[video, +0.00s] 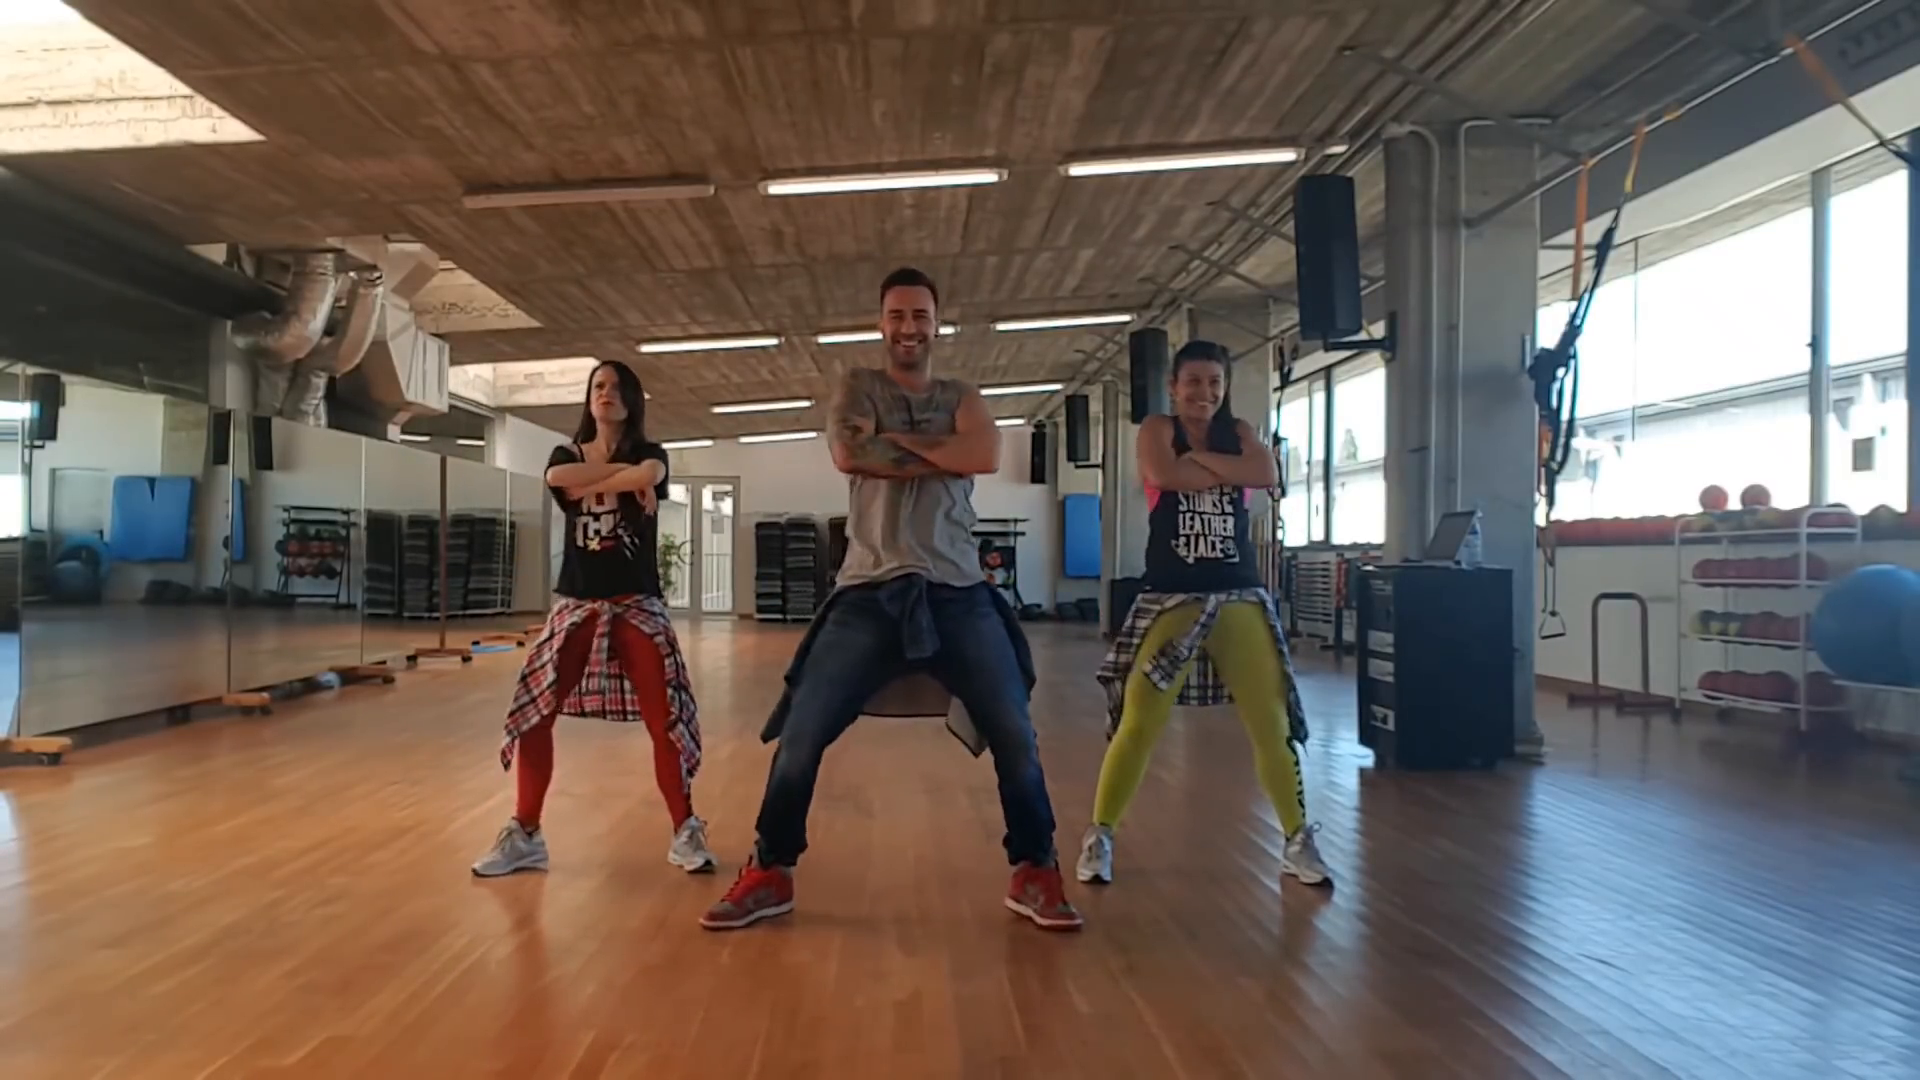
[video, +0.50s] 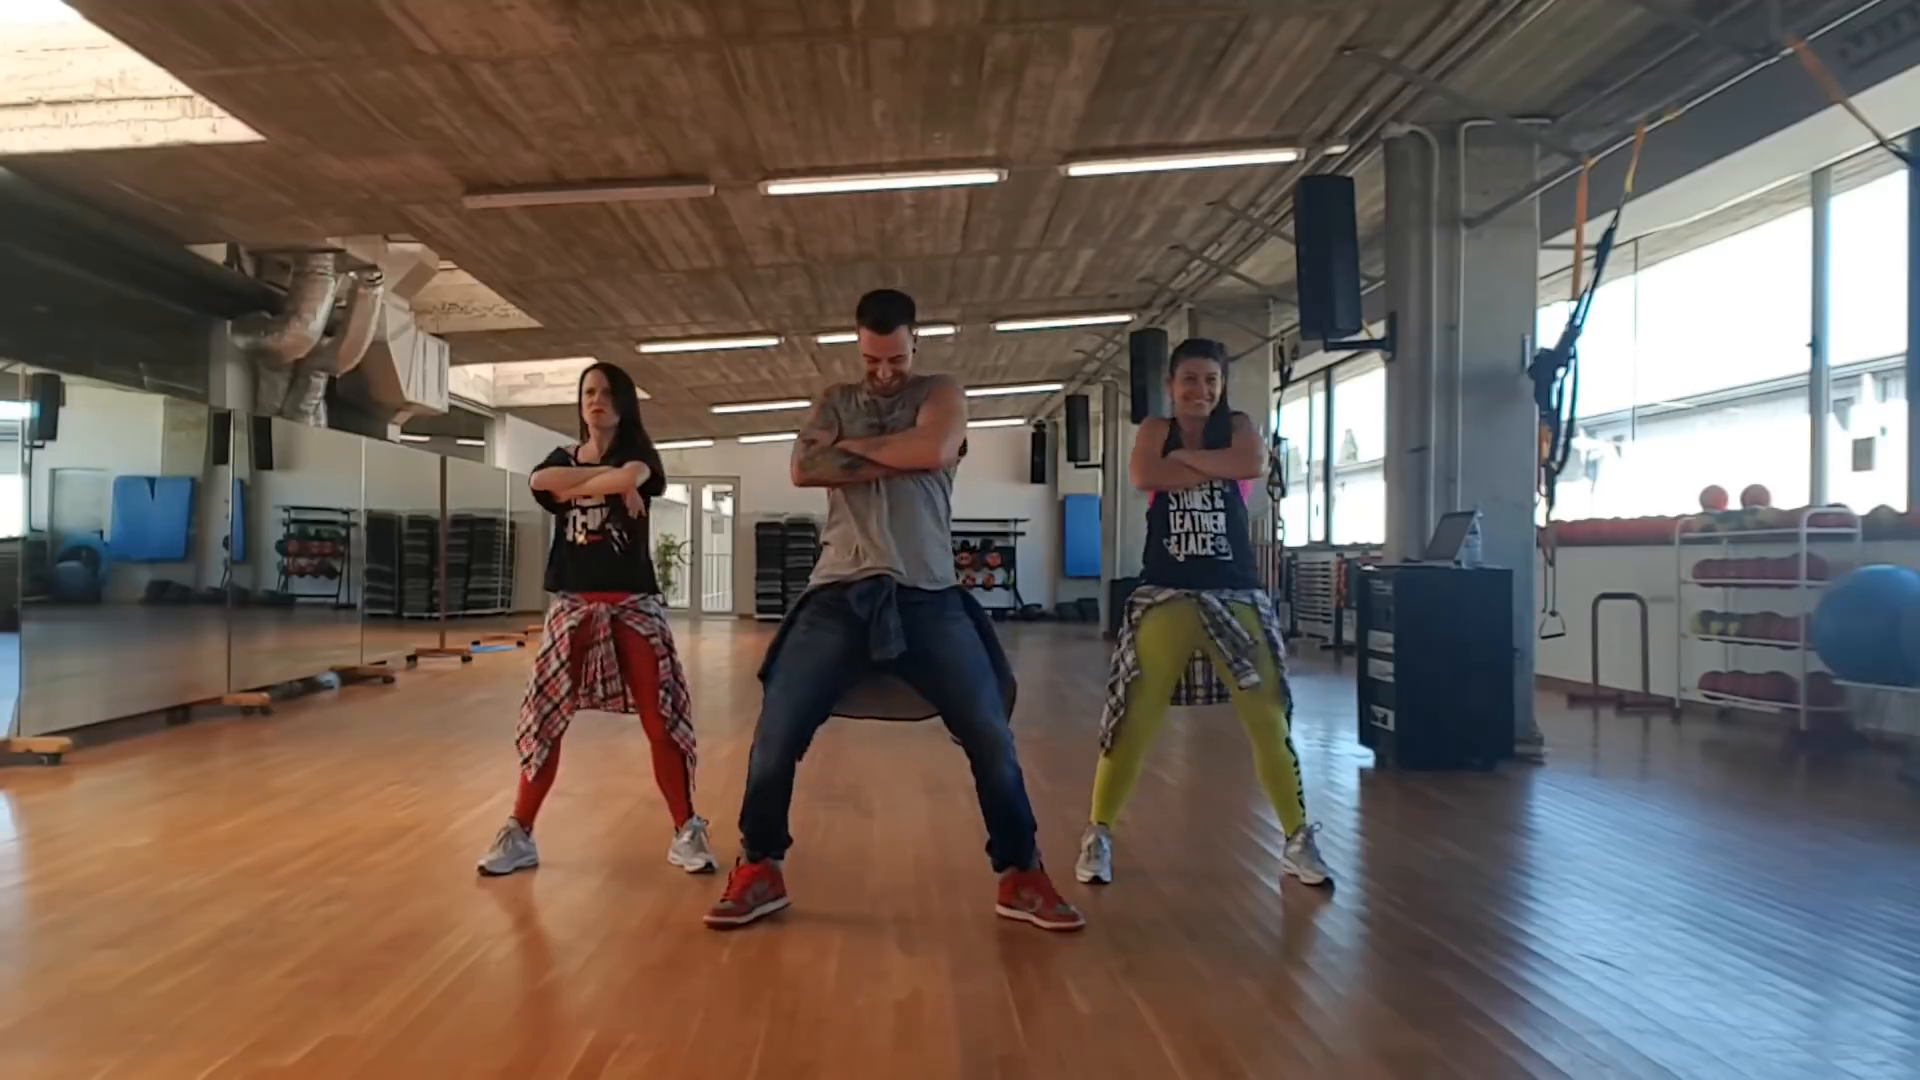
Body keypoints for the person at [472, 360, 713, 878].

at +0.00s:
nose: (606, 394)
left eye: (616, 388)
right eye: (599, 387)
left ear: (633, 400)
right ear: (588, 399)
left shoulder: (652, 455)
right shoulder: (568, 453)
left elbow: (643, 479)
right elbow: (557, 480)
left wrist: (587, 485)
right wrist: (628, 475)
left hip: (637, 602)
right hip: (575, 602)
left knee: (664, 719)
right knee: (533, 712)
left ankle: (686, 831)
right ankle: (526, 835)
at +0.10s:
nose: (619, 396)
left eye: (628, 389)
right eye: (612, 389)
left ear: (646, 400)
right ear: (601, 400)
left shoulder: (660, 462)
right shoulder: (580, 452)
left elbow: (655, 490)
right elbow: (569, 485)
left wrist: (591, 489)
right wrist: (639, 481)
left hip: (642, 604)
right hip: (580, 602)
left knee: (664, 721)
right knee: (543, 712)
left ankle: (687, 830)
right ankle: (521, 833)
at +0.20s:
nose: (628, 402)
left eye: (638, 394)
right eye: (621, 394)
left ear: (654, 405)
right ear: (609, 403)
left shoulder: (662, 464)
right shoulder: (582, 456)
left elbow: (665, 505)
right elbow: (575, 495)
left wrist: (602, 498)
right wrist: (645, 498)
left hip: (642, 608)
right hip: (581, 606)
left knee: (665, 723)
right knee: (553, 719)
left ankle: (687, 831)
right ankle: (520, 833)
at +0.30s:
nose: (622, 402)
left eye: (631, 394)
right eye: (615, 394)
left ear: (649, 404)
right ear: (604, 403)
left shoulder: (660, 463)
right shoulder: (581, 454)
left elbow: (655, 499)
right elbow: (566, 488)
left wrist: (591, 498)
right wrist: (637, 489)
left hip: (639, 604)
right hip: (578, 602)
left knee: (661, 720)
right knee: (550, 715)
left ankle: (686, 830)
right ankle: (520, 833)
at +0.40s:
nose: (610, 400)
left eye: (618, 393)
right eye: (603, 393)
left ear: (637, 403)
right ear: (592, 404)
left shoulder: (654, 457)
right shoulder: (572, 452)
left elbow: (638, 487)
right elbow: (553, 482)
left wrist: (579, 489)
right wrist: (628, 483)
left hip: (637, 603)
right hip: (575, 601)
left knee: (660, 719)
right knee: (545, 714)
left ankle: (686, 830)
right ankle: (519, 833)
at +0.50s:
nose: (597, 401)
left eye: (606, 394)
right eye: (590, 394)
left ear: (625, 403)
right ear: (580, 402)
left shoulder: (641, 457)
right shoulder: (563, 455)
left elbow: (625, 481)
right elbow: (540, 482)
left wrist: (567, 487)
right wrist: (611, 479)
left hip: (634, 600)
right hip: (572, 600)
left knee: (660, 717)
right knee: (546, 714)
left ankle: (687, 829)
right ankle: (520, 834)